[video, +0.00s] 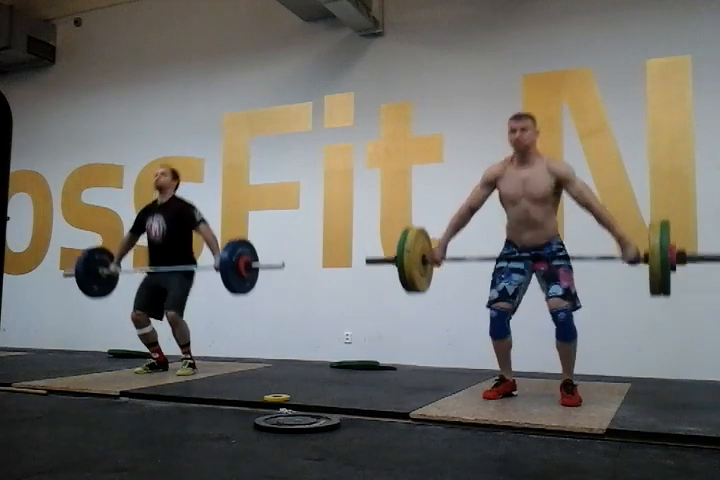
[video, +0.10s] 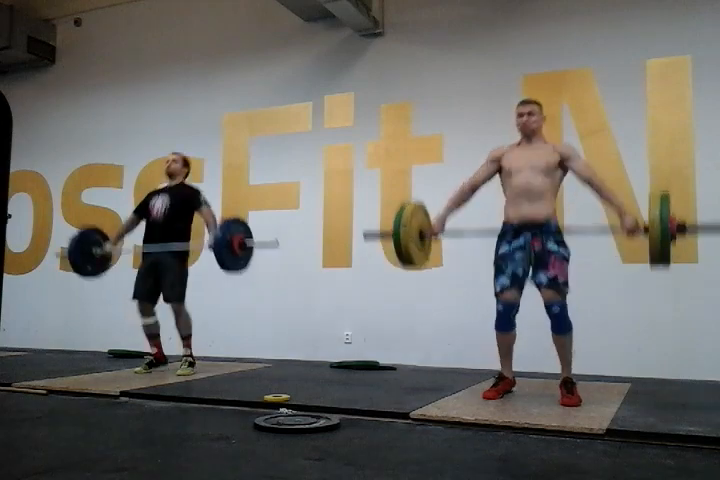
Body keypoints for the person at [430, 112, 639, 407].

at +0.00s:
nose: (518, 136)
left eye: (523, 130)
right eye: (513, 131)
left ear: (536, 134)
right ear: (508, 136)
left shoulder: (555, 170)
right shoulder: (497, 173)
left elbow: (592, 205)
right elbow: (468, 209)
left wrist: (623, 241)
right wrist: (442, 242)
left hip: (550, 251)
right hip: (514, 252)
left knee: (562, 315)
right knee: (498, 315)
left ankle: (568, 383)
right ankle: (506, 380)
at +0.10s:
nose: (525, 119)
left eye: (530, 114)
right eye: (520, 115)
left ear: (542, 118)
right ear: (515, 121)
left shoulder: (560, 152)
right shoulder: (502, 155)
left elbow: (596, 184)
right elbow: (470, 186)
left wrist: (624, 214)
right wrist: (442, 216)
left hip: (547, 236)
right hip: (512, 237)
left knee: (556, 309)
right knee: (505, 308)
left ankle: (567, 380)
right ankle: (506, 377)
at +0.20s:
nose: (531, 116)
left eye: (537, 112)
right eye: (527, 113)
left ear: (548, 119)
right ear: (521, 120)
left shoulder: (561, 145)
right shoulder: (508, 147)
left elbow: (599, 157)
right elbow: (470, 165)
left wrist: (623, 173)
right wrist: (440, 183)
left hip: (547, 221)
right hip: (512, 221)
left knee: (562, 295)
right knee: (499, 294)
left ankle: (573, 375)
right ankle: (499, 368)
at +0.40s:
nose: (531, 151)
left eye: (537, 146)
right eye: (527, 146)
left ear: (548, 151)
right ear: (521, 150)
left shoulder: (564, 180)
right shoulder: (506, 182)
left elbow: (612, 177)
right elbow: (462, 182)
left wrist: (628, 140)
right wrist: (435, 153)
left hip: (554, 272)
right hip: (516, 273)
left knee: (583, 318)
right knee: (469, 314)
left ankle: (579, 387)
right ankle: (488, 381)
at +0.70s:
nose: (517, 203)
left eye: (523, 198)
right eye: (512, 199)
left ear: (535, 199)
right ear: (506, 201)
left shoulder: (555, 223)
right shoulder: (496, 225)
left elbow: (599, 195)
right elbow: (461, 203)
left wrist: (634, 161)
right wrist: (434, 176)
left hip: (555, 304)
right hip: (517, 305)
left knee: (587, 325)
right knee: (471, 320)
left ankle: (578, 388)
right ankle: (490, 382)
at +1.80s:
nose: (518, 167)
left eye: (523, 161)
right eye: (513, 162)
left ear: (536, 160)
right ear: (507, 164)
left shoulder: (557, 183)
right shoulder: (500, 188)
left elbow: (604, 154)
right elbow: (464, 166)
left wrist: (635, 118)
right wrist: (440, 141)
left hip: (556, 270)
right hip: (520, 271)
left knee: (582, 323)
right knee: (473, 315)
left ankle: (578, 388)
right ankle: (489, 382)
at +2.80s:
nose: (532, 122)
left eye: (538, 118)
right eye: (528, 118)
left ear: (549, 123)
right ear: (523, 124)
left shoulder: (564, 153)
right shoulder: (509, 160)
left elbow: (616, 152)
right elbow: (465, 167)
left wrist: (630, 114)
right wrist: (443, 139)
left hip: (548, 235)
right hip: (512, 236)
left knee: (560, 310)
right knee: (508, 311)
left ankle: (572, 382)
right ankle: (511, 380)